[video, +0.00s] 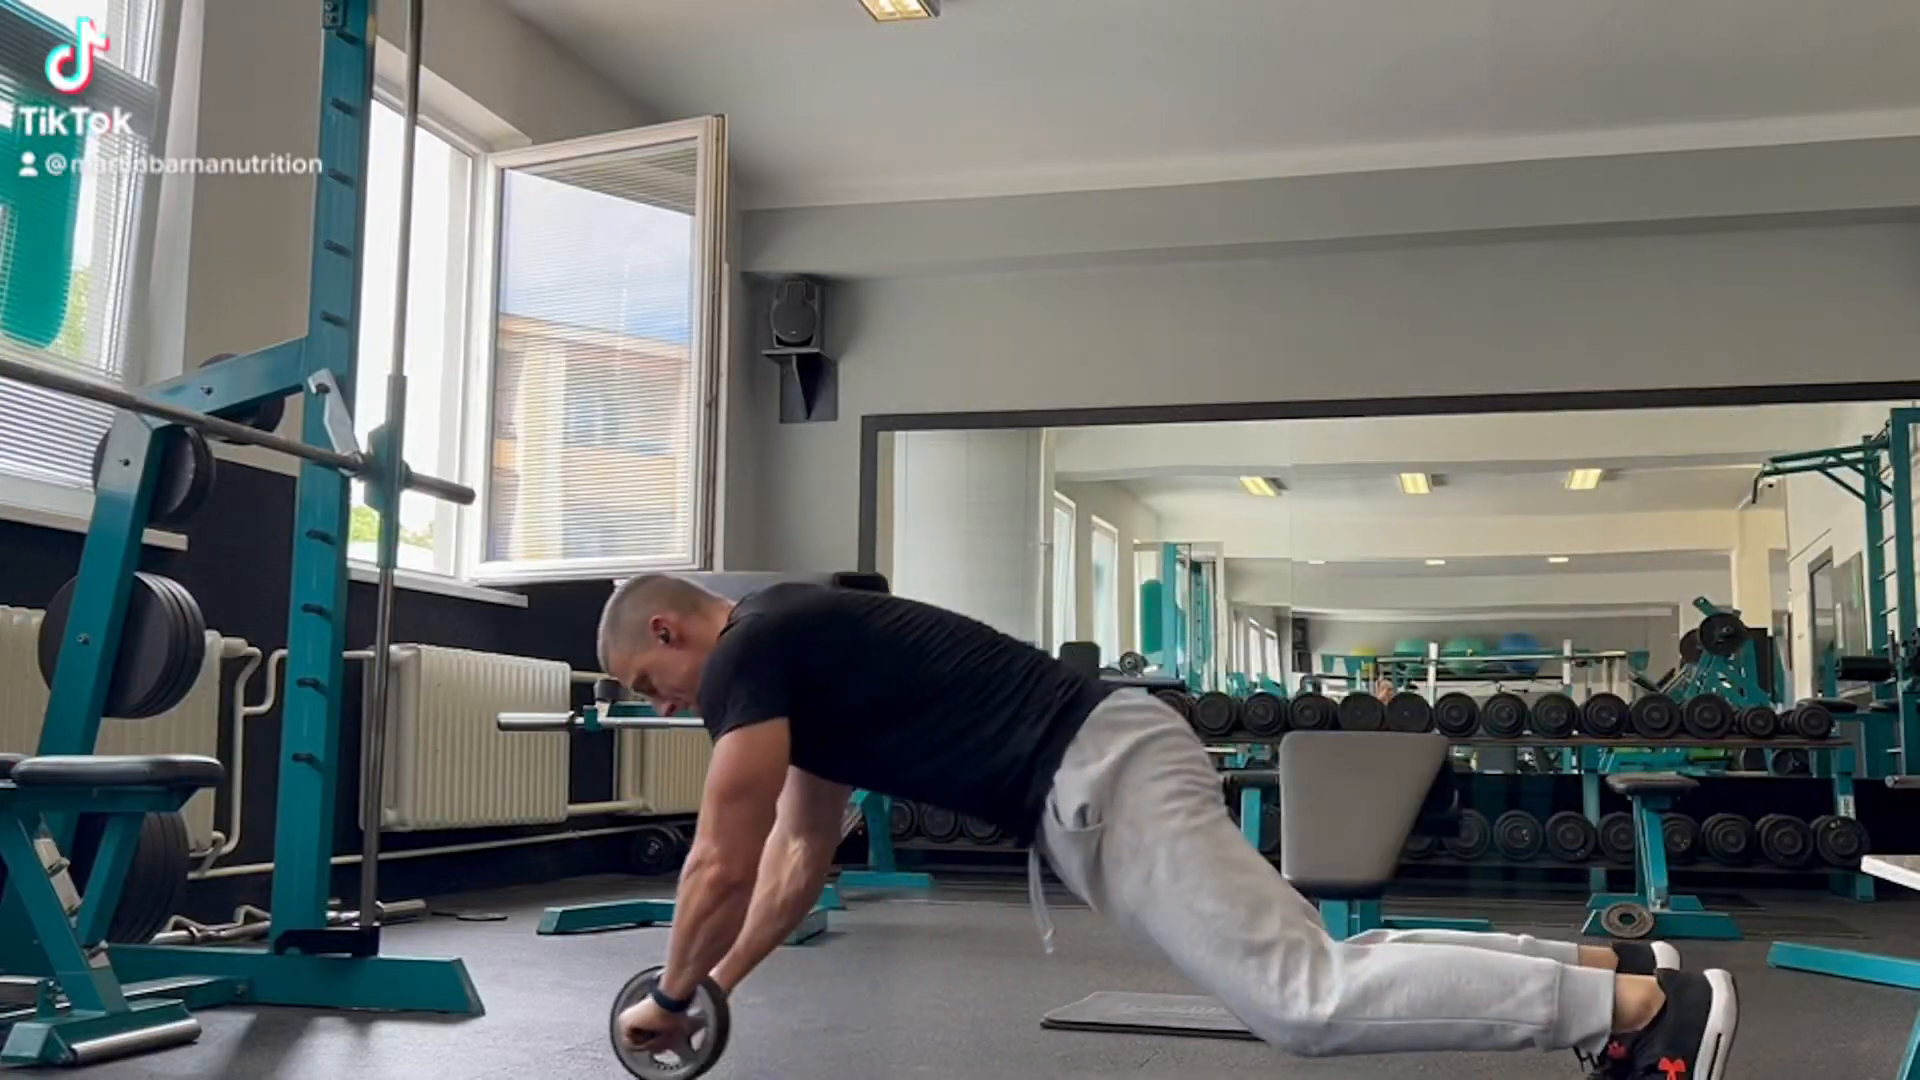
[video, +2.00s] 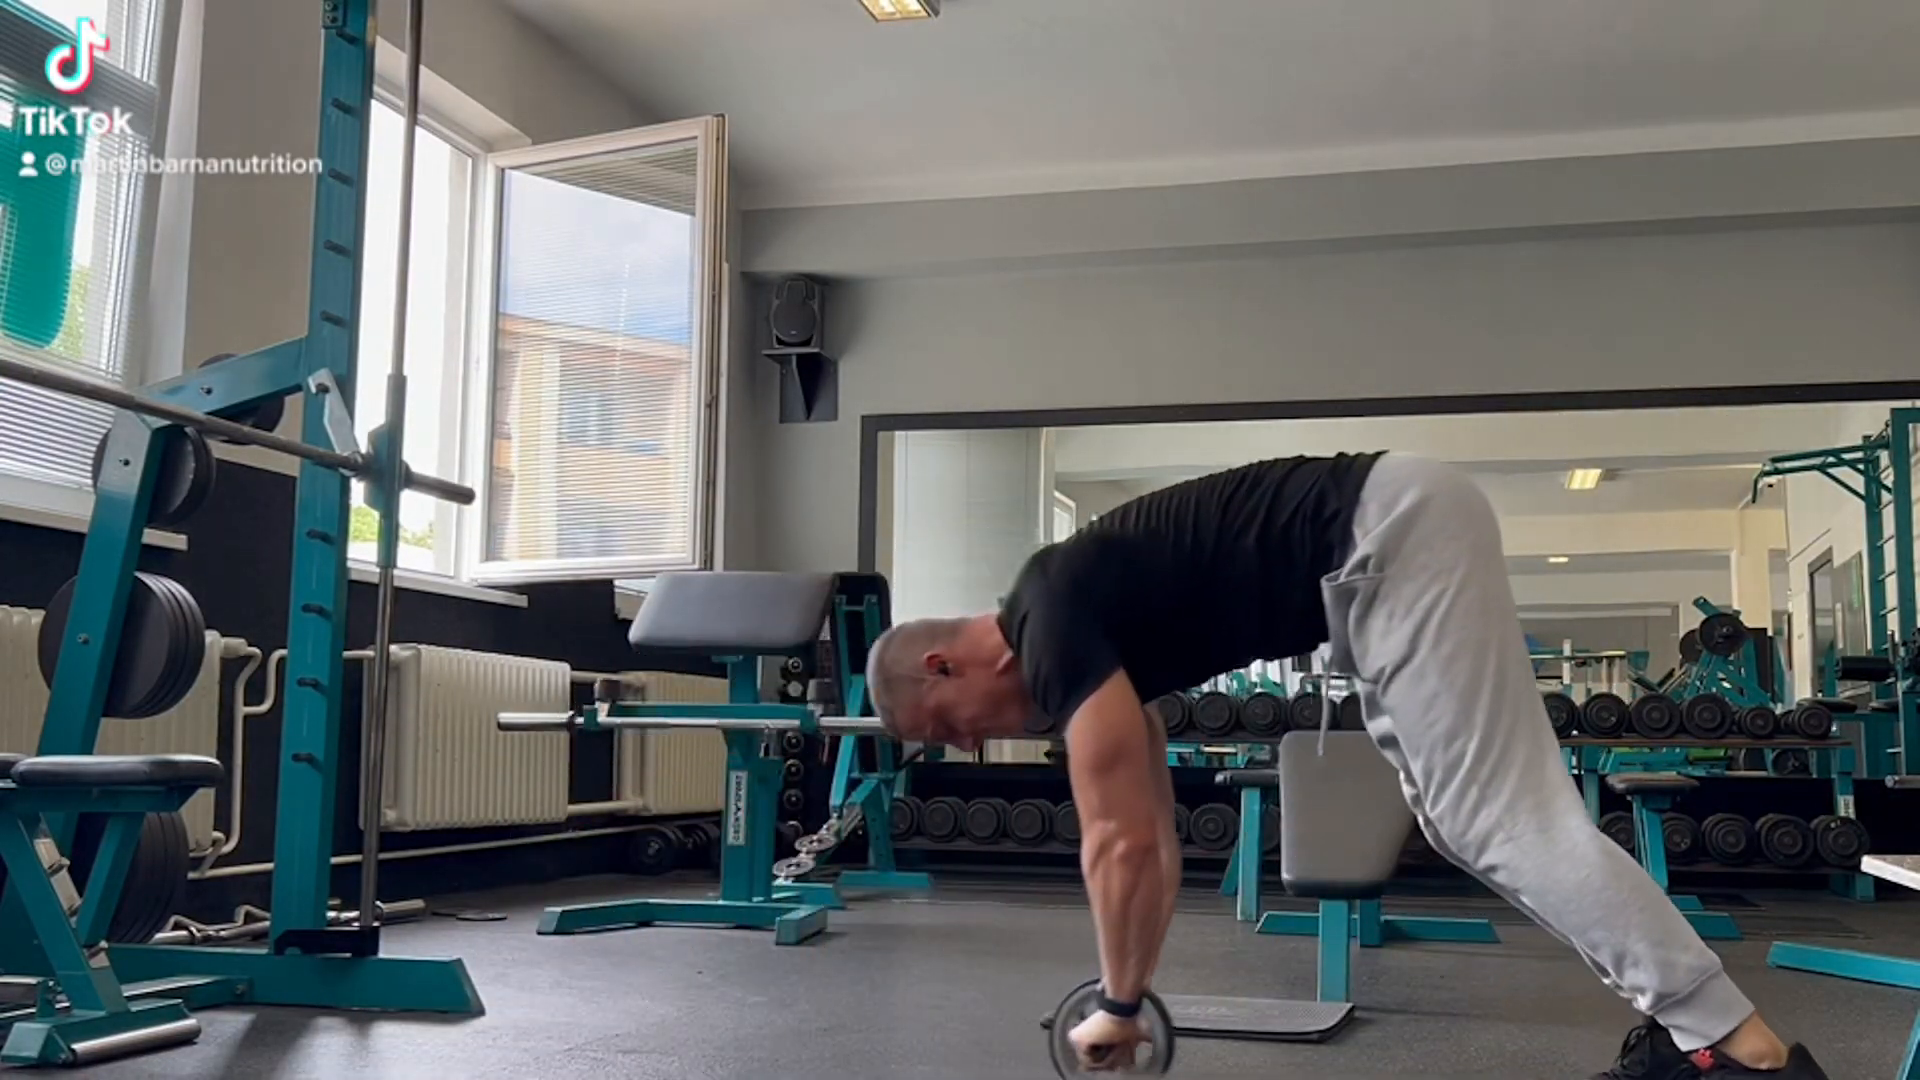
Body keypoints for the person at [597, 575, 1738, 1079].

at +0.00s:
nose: (661, 709)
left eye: (647, 682)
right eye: (647, 696)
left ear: (676, 624)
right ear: (696, 624)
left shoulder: (762, 646)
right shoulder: (809, 660)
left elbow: (723, 854)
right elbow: (792, 865)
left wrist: (672, 990)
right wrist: (701, 993)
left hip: (1103, 758)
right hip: (1085, 789)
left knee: (1304, 987)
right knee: (1291, 983)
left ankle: (1635, 1001)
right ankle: (1598, 982)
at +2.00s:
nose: (981, 746)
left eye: (952, 731)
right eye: (955, 742)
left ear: (958, 662)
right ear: (962, 652)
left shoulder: (1065, 614)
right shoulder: (1066, 620)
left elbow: (1124, 840)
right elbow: (1137, 836)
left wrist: (1120, 1004)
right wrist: (1123, 991)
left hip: (1394, 526)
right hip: (1386, 534)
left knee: (1499, 822)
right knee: (1491, 819)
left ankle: (1742, 1040)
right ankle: (1680, 1010)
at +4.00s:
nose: (496, 986)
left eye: (498, 969)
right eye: (496, 974)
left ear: (534, 925)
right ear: (579, 898)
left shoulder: (598, 920)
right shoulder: (663, 913)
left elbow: (403, 1047)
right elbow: (557, 1025)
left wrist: (327, 1013)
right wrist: (421, 1026)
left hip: (938, 1009)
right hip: (959, 961)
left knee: (1240, 1049)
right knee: (1240, 1022)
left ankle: (1534, 997)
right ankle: (1526, 991)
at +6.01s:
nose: (540, 790)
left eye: (529, 765)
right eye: (532, 776)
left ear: (556, 719)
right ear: (591, 710)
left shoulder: (622, 735)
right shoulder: (688, 731)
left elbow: (529, 943)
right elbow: (636, 924)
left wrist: (451, 1000)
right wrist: (515, 989)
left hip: (961, 841)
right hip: (999, 795)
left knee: (1200, 1025)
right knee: (1237, 957)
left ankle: (1511, 1006)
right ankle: (1525, 978)